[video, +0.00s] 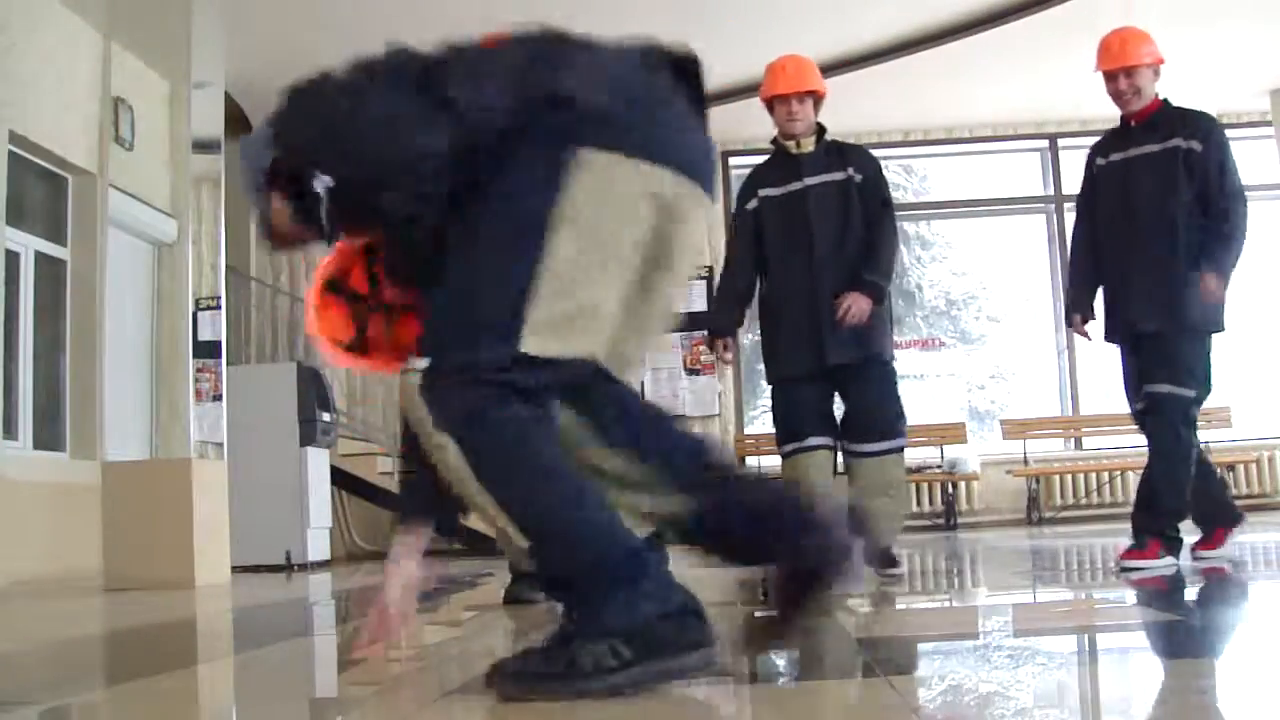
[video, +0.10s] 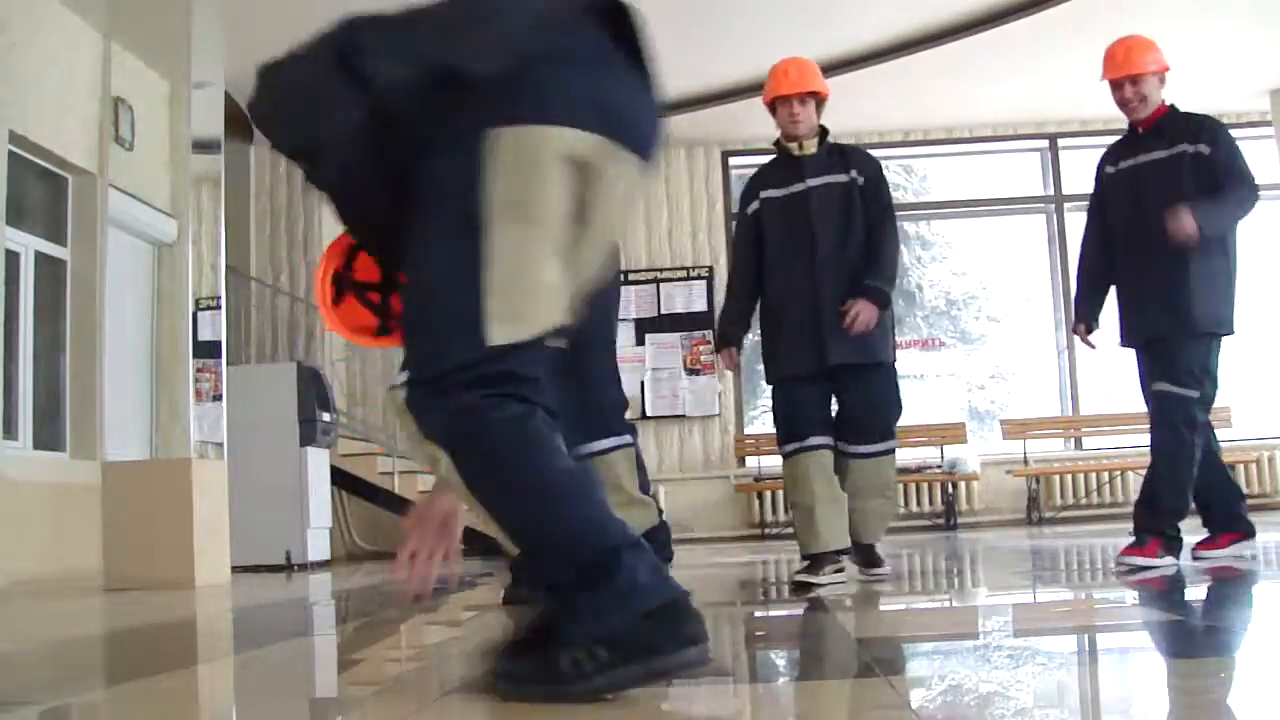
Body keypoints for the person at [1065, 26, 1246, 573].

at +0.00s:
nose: (1120, 84)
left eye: (1129, 72)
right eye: (1111, 76)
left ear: (1155, 70)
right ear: (1104, 81)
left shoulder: (1197, 130)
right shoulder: (1103, 151)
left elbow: (1230, 206)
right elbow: (1087, 231)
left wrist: (1217, 267)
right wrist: (1079, 295)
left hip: (1183, 298)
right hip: (1127, 303)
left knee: (1170, 412)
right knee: (1152, 414)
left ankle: (1158, 537)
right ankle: (1220, 513)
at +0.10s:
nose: (1127, 93)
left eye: (1135, 81)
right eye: (1117, 85)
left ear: (1161, 77)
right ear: (1109, 89)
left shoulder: (1203, 133)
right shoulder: (1113, 160)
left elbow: (1243, 191)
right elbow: (1098, 238)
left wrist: (1200, 216)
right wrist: (1087, 305)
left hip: (1197, 301)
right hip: (1143, 306)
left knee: (1175, 411)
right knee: (1177, 416)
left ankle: (1159, 535)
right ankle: (1231, 526)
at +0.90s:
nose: (1190, 81)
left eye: (1199, 68)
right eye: (1181, 73)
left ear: (1224, 70)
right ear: (1175, 83)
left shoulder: (1263, 123)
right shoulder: (1165, 145)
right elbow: (1107, 147)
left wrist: (1226, 60)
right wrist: (1137, 86)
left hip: (1268, 294)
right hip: (1205, 304)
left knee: (1276, 406)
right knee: (1215, 418)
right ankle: (1232, 529)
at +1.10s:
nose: (1216, 71)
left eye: (1225, 59)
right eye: (1206, 65)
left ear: (1248, 60)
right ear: (1199, 74)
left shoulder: (1275, 113)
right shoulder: (1190, 136)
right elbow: (1130, 134)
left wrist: (1248, 47)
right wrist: (1169, 73)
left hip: (1279, 289)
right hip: (1233, 297)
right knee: (1224, 408)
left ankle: (1237, 519)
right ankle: (1232, 519)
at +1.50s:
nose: (1240, 63)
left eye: (1249, 51)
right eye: (1229, 55)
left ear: (1272, 46)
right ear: (1219, 59)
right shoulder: (1216, 122)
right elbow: (1151, 115)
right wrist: (1191, 50)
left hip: (1275, 286)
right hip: (1249, 289)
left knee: (1255, 401)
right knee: (1245, 400)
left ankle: (1251, 525)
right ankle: (1247, 525)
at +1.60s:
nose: (1238, 61)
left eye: (1246, 48)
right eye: (1227, 53)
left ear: (1270, 44)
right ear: (1217, 58)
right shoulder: (1214, 121)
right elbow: (1147, 115)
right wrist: (1187, 49)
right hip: (1249, 288)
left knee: (1252, 405)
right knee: (1244, 404)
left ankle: (1242, 526)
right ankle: (1239, 526)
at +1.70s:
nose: (1230, 58)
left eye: (1239, 47)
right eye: (1220, 51)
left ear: (1263, 45)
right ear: (1210, 57)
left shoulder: (1279, 101)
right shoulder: (1207, 120)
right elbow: (1141, 118)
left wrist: (1270, 29)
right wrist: (1180, 48)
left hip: (1274, 283)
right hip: (1244, 285)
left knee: (1246, 405)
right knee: (1238, 402)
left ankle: (1234, 528)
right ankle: (1231, 528)